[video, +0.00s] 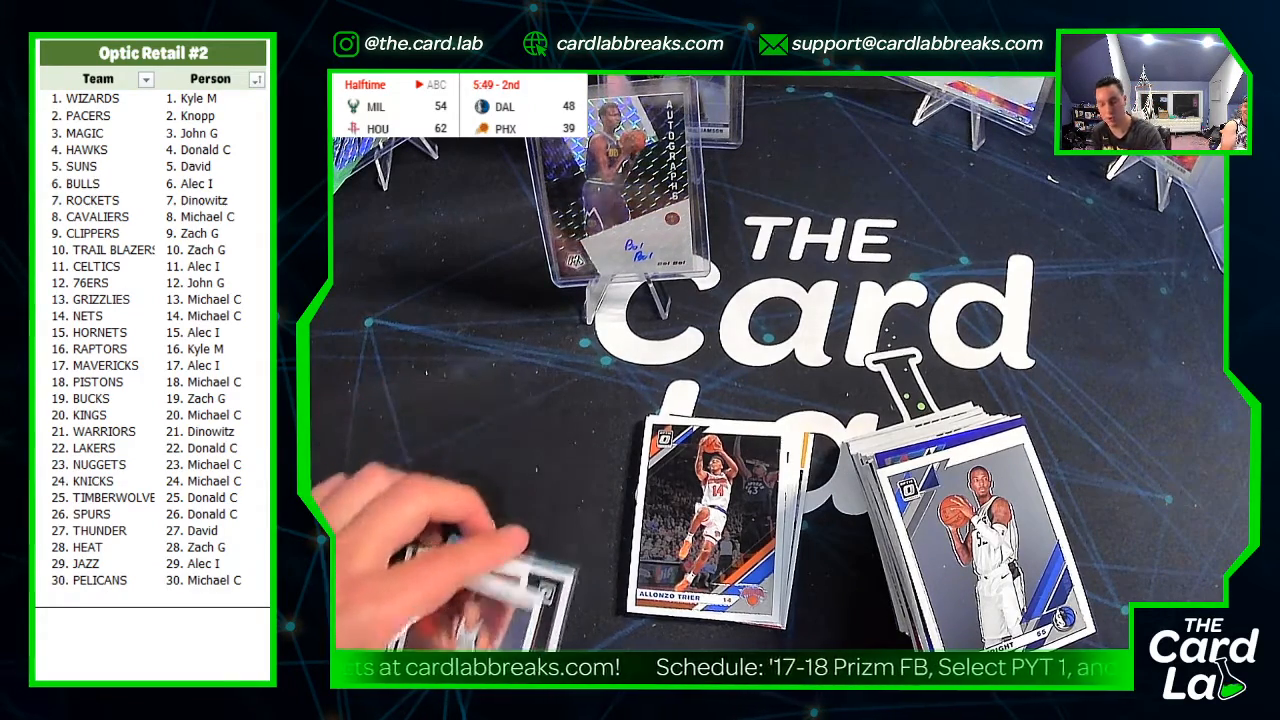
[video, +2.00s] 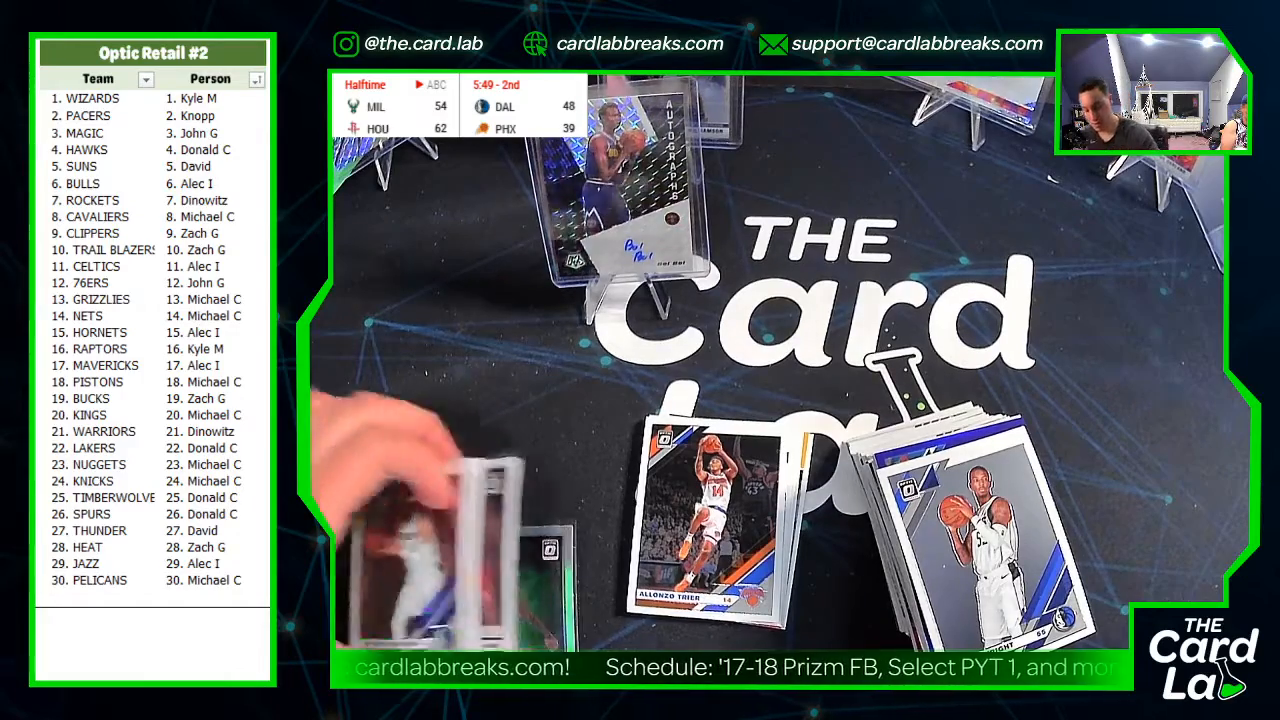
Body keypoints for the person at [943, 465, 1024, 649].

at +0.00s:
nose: (980, 483)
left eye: (983, 478)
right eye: (975, 480)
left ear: (990, 481)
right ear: (970, 485)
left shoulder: (1000, 504)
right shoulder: (974, 517)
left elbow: (997, 539)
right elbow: (965, 559)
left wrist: (972, 517)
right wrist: (954, 530)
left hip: (1007, 579)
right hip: (985, 585)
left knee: (1018, 632)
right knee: (991, 639)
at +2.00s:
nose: (980, 484)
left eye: (983, 479)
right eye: (975, 480)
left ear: (990, 482)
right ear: (970, 486)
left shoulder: (1000, 504)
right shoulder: (974, 518)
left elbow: (997, 538)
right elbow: (965, 559)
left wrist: (972, 517)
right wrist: (953, 530)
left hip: (1007, 579)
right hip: (985, 585)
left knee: (1018, 633)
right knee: (991, 640)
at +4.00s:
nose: (980, 484)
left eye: (983, 480)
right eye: (975, 481)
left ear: (990, 482)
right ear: (970, 486)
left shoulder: (1000, 505)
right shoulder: (975, 518)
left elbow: (997, 539)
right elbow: (965, 559)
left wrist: (972, 517)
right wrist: (953, 531)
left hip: (1006, 578)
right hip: (985, 584)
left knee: (1017, 632)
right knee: (991, 640)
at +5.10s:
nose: (981, 485)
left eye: (985, 480)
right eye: (976, 481)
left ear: (990, 484)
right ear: (970, 486)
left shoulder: (1000, 505)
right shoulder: (977, 512)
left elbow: (997, 538)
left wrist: (972, 518)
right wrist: (954, 532)